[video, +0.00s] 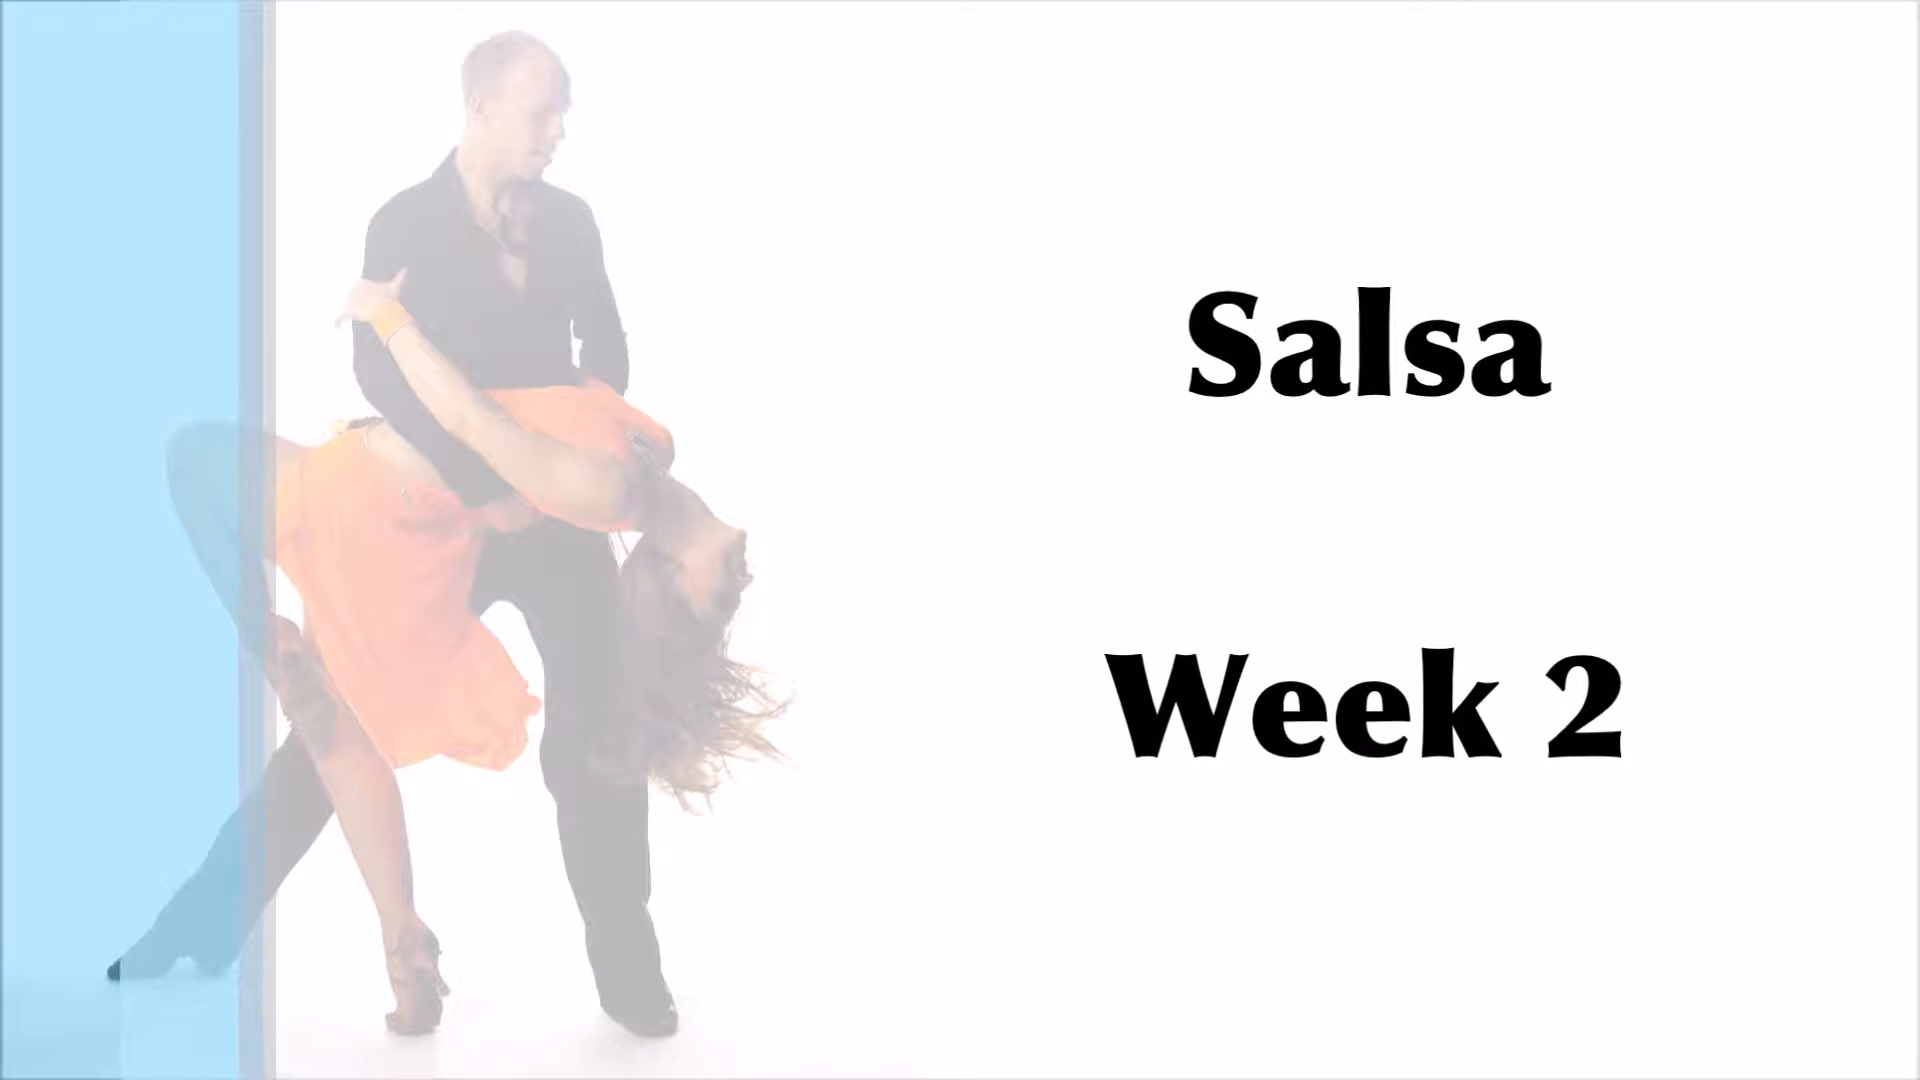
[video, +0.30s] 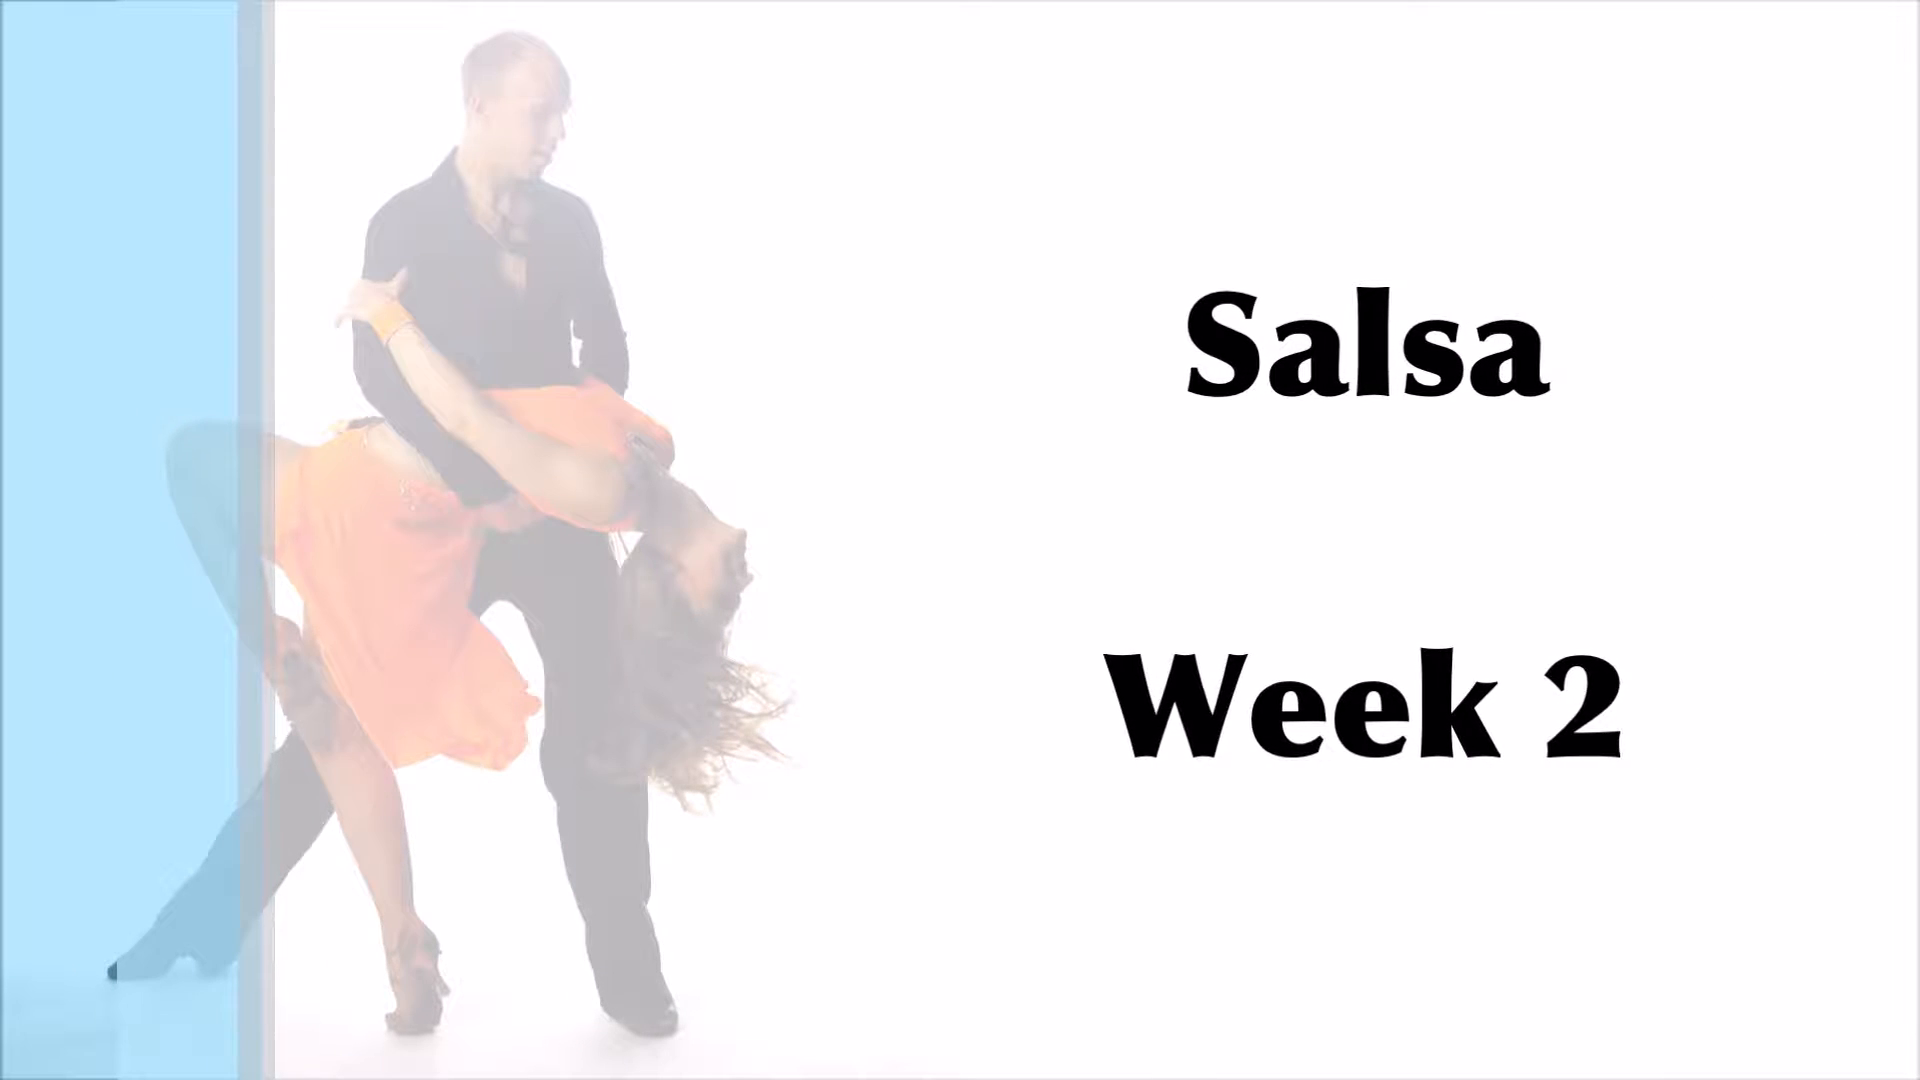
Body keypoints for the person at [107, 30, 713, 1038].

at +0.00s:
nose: (555, 134)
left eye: (561, 116)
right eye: (542, 114)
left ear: (552, 120)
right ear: (481, 110)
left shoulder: (567, 220)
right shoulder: (406, 225)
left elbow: (606, 343)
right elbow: (377, 368)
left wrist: (597, 433)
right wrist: (467, 479)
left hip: (552, 524)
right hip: (434, 521)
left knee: (596, 722)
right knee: (346, 734)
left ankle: (627, 958)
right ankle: (198, 931)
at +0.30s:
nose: (556, 133)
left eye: (563, 116)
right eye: (542, 113)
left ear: (557, 123)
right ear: (480, 110)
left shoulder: (567, 220)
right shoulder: (406, 223)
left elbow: (607, 344)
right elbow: (378, 368)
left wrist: (597, 420)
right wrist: (464, 473)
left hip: (555, 527)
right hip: (438, 523)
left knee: (597, 726)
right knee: (346, 729)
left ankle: (628, 962)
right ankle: (203, 926)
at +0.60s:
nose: (557, 133)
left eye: (563, 116)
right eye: (542, 113)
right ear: (480, 110)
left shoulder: (568, 220)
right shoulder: (406, 223)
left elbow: (607, 347)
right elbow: (377, 368)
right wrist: (464, 475)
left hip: (555, 527)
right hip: (439, 524)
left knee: (598, 727)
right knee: (346, 728)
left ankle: (627, 962)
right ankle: (203, 926)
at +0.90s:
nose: (557, 133)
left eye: (563, 115)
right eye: (542, 113)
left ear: (556, 122)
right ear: (481, 110)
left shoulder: (567, 220)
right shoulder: (406, 223)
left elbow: (607, 344)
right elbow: (378, 368)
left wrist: (595, 421)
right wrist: (465, 473)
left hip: (554, 527)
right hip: (437, 523)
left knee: (597, 726)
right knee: (346, 731)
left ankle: (628, 962)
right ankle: (201, 927)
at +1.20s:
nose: (556, 133)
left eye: (562, 115)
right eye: (541, 112)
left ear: (554, 121)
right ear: (481, 110)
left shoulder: (567, 220)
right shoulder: (405, 223)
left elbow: (607, 341)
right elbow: (378, 368)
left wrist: (595, 420)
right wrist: (465, 474)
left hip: (554, 525)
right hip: (437, 522)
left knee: (598, 724)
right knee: (346, 727)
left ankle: (627, 958)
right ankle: (211, 918)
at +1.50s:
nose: (557, 132)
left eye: (563, 115)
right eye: (541, 112)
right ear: (481, 110)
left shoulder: (567, 220)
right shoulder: (405, 223)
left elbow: (608, 345)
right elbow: (379, 370)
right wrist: (468, 477)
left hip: (555, 526)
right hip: (438, 522)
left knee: (598, 728)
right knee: (345, 727)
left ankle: (627, 961)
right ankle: (209, 920)